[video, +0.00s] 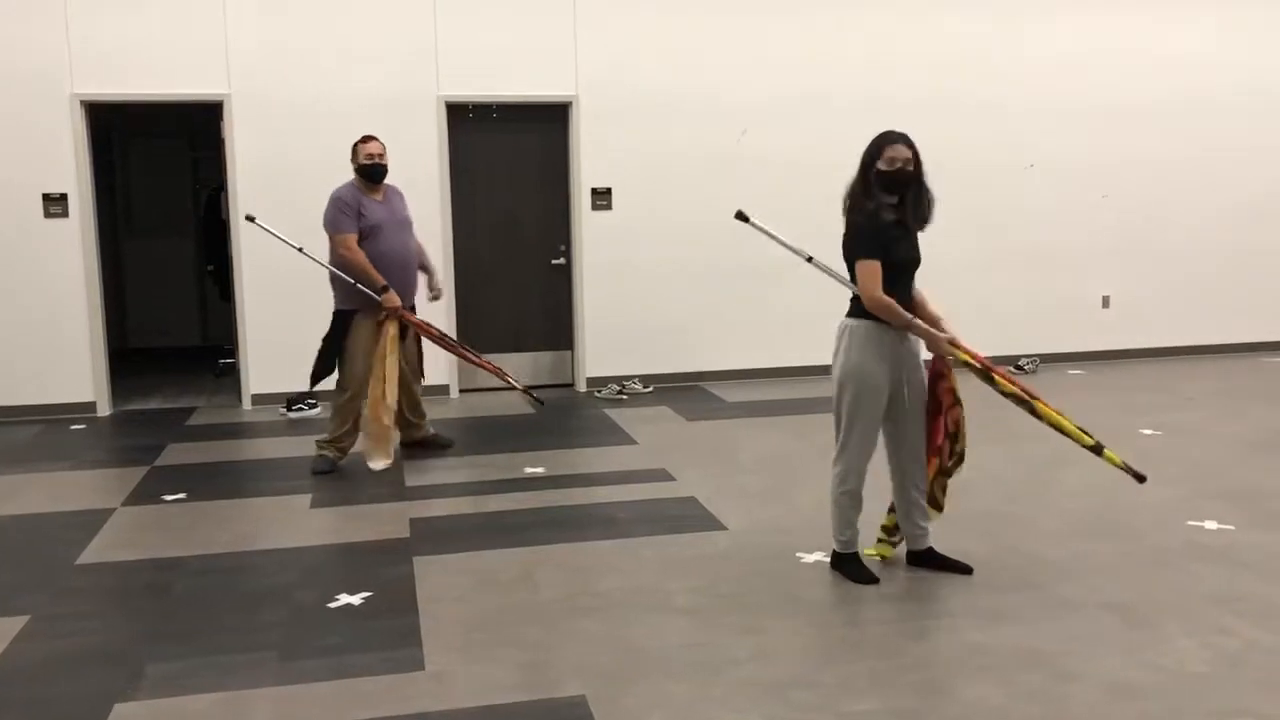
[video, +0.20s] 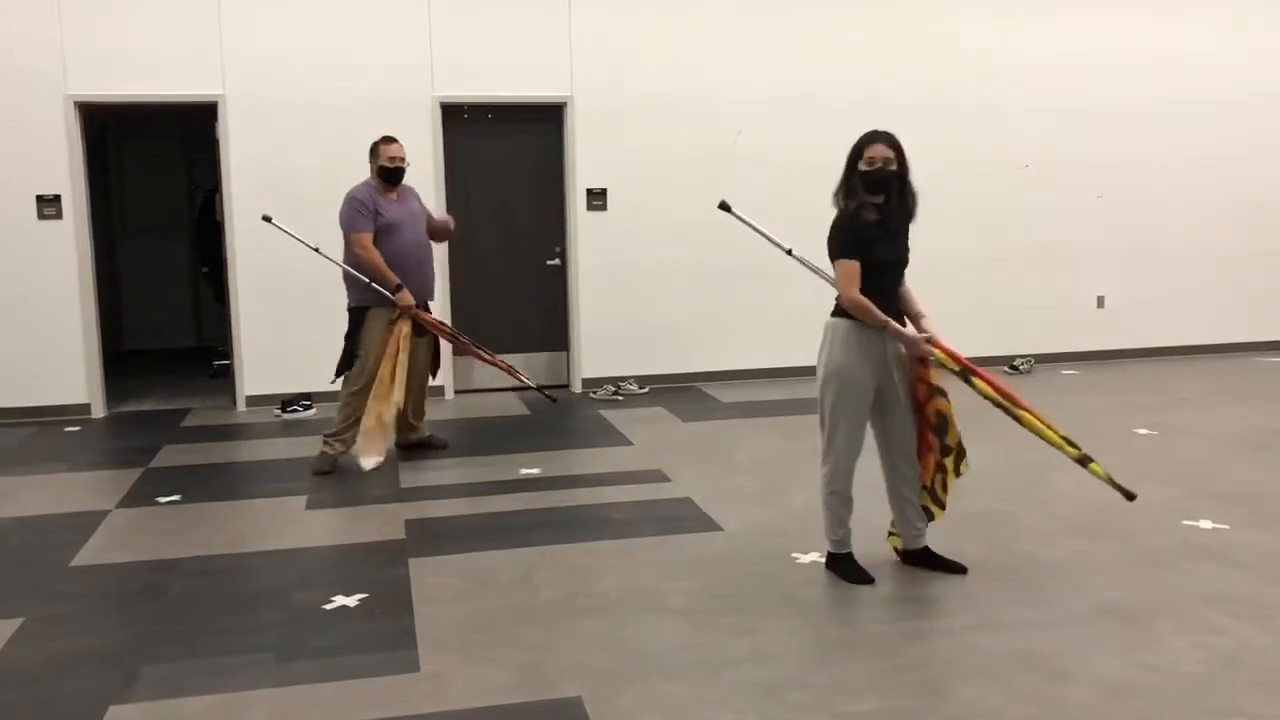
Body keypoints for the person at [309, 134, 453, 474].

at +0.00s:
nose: (375, 161)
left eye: (380, 156)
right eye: (368, 157)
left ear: (387, 161)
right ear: (354, 163)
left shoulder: (395, 195)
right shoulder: (343, 199)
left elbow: (406, 238)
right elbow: (345, 251)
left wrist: (429, 270)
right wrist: (383, 289)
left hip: (401, 303)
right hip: (360, 307)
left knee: (409, 373)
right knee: (353, 382)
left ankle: (414, 434)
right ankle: (332, 450)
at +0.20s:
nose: (398, 165)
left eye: (402, 160)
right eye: (390, 160)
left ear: (407, 163)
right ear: (374, 164)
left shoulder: (410, 196)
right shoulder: (360, 199)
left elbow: (432, 231)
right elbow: (361, 250)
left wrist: (446, 227)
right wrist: (397, 288)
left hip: (417, 302)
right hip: (375, 304)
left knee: (418, 371)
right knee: (363, 377)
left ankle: (411, 434)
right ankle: (333, 448)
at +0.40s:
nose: (407, 167)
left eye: (410, 162)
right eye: (400, 162)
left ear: (414, 162)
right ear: (381, 162)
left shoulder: (420, 192)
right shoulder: (365, 196)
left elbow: (451, 224)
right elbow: (366, 247)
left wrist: (433, 194)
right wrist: (404, 284)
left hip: (416, 296)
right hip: (379, 297)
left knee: (415, 366)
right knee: (383, 369)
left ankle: (409, 432)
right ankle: (378, 443)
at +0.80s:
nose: (420, 172)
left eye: (424, 167)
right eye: (413, 167)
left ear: (428, 168)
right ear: (397, 167)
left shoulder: (431, 198)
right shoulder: (379, 201)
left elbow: (464, 226)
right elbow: (381, 250)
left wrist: (438, 191)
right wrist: (422, 283)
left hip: (436, 301)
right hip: (396, 306)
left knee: (457, 359)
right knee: (402, 380)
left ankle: (451, 427)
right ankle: (391, 444)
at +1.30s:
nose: (466, 181)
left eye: (470, 176)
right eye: (461, 176)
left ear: (475, 175)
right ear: (447, 173)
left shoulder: (480, 201)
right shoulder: (429, 203)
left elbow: (511, 228)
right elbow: (429, 250)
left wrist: (487, 196)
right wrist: (465, 281)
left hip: (483, 299)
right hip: (446, 301)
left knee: (481, 367)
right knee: (437, 370)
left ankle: (475, 429)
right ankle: (417, 440)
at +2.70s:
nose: (479, 133)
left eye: (480, 128)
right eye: (472, 128)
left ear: (479, 133)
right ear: (454, 132)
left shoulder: (475, 162)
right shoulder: (436, 165)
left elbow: (483, 206)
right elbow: (436, 216)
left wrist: (497, 236)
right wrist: (477, 246)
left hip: (479, 264)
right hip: (444, 267)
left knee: (479, 333)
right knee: (437, 338)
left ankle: (479, 393)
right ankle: (409, 401)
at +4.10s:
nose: (435, 108)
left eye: (437, 105)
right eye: (426, 106)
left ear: (441, 117)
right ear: (411, 119)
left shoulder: (445, 149)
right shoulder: (400, 152)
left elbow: (449, 197)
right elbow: (397, 203)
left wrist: (458, 239)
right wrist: (440, 233)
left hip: (447, 251)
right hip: (411, 255)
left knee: (454, 321)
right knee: (406, 327)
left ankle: (459, 382)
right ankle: (388, 392)